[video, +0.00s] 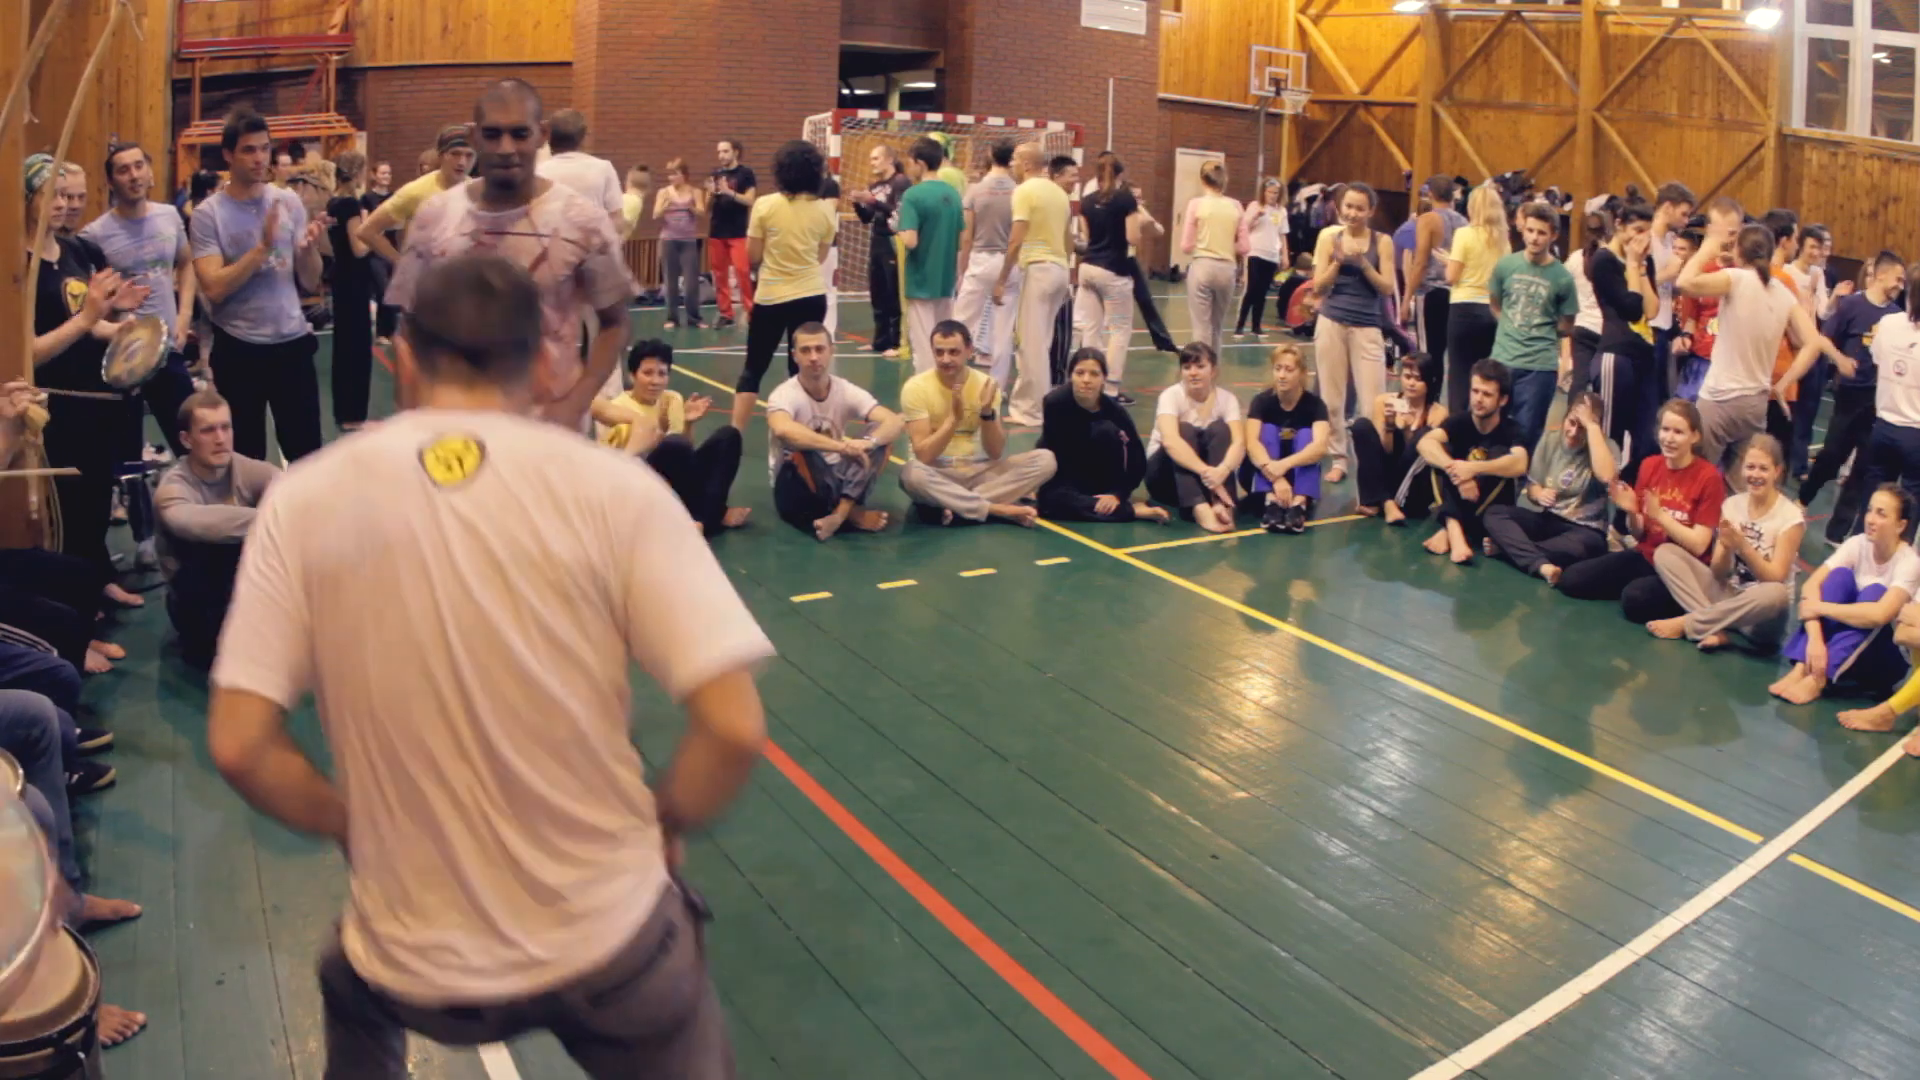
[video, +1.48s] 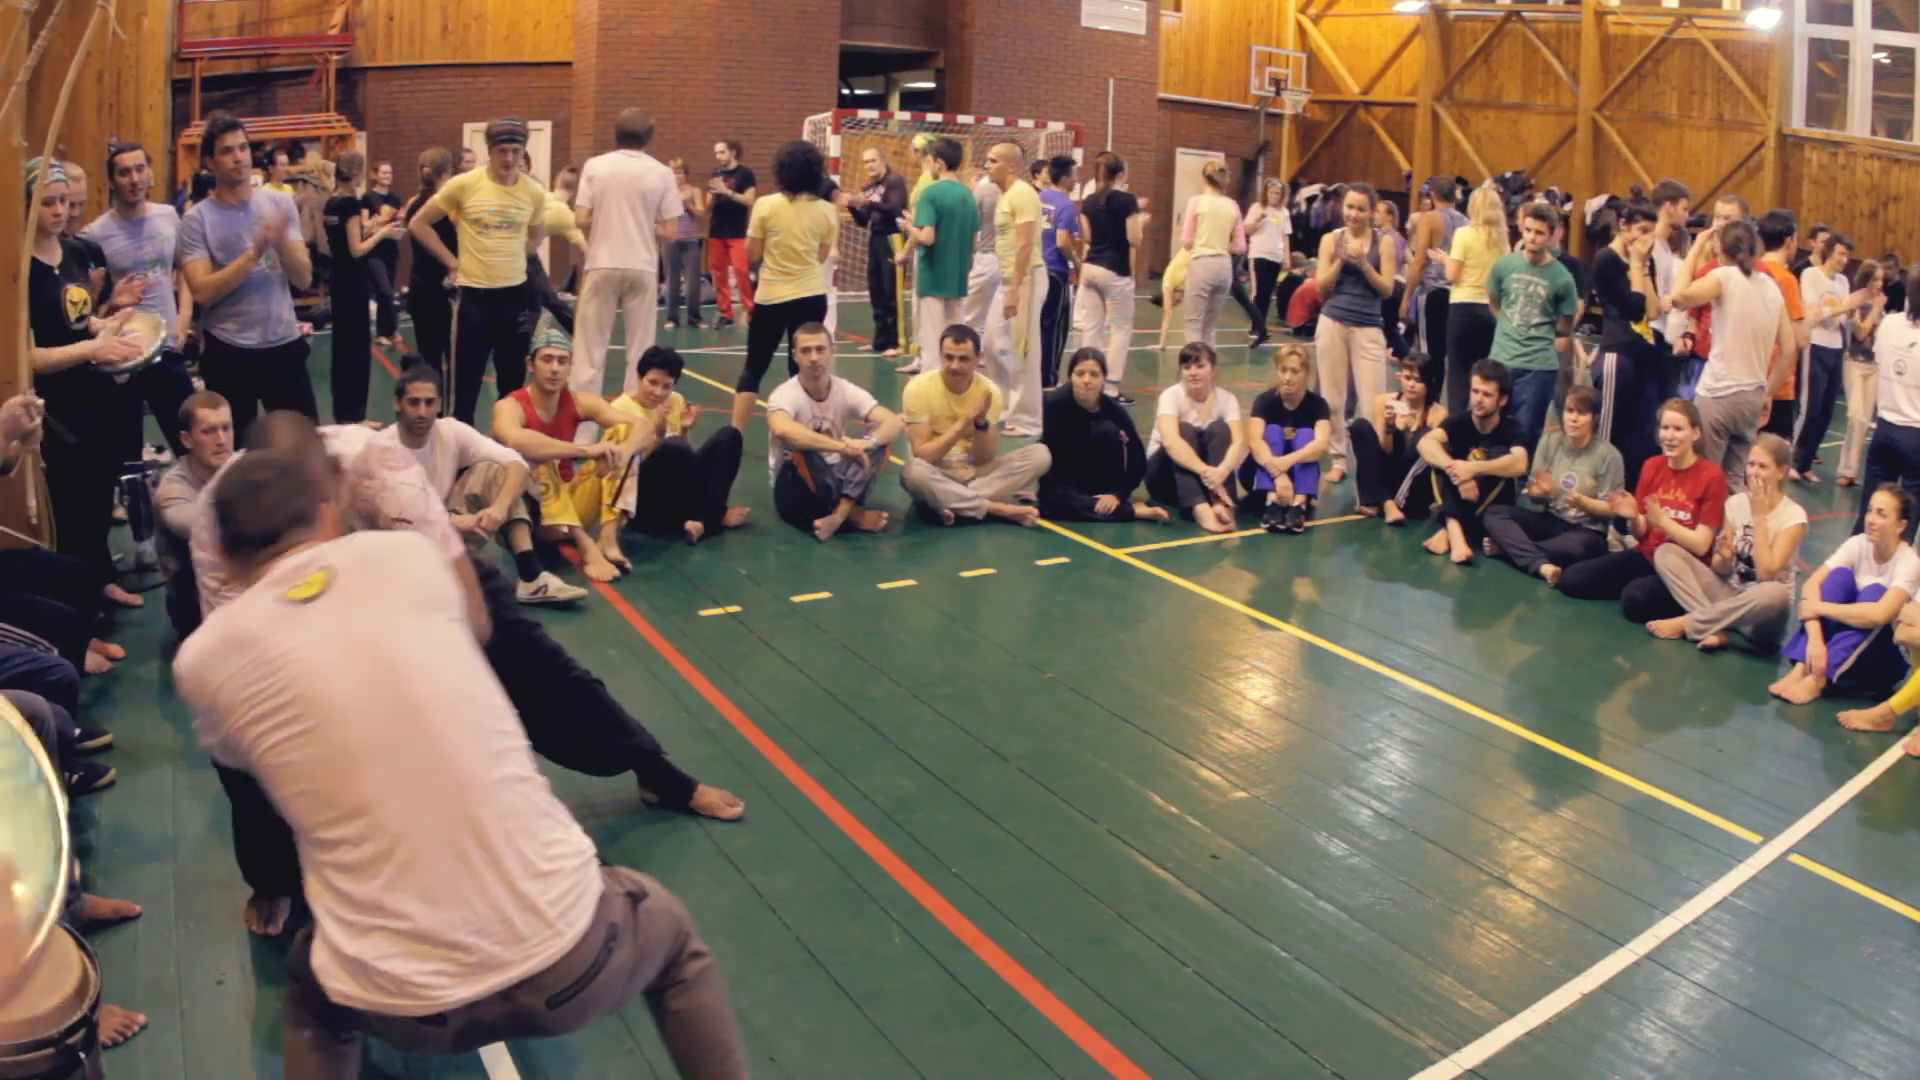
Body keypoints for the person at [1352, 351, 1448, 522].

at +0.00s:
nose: (1411, 383)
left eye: (1418, 379)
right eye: (1407, 377)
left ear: (1431, 382)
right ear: (1400, 378)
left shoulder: (1438, 413)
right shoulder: (1383, 402)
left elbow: (1420, 453)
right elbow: (1387, 452)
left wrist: (1408, 432)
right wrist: (1389, 425)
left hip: (1416, 494)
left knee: (1425, 436)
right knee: (1361, 425)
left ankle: (1374, 501)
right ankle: (1388, 501)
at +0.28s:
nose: (1411, 384)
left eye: (1419, 379)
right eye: (1407, 377)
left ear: (1431, 382)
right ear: (1400, 378)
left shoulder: (1439, 413)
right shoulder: (1383, 402)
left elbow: (1422, 454)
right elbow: (1387, 452)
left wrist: (1408, 433)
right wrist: (1389, 426)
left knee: (1424, 439)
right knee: (1361, 426)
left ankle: (1374, 501)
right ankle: (1387, 501)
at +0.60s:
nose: (1411, 384)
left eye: (1418, 380)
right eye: (1407, 378)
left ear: (1430, 383)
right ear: (1400, 378)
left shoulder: (1438, 414)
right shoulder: (1383, 402)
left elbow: (1420, 454)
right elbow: (1387, 452)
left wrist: (1408, 433)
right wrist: (1389, 426)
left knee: (1425, 437)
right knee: (1360, 426)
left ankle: (1375, 501)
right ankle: (1387, 501)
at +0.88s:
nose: (1410, 385)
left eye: (1418, 380)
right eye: (1406, 378)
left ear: (1430, 383)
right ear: (1399, 378)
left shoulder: (1439, 414)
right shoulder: (1383, 402)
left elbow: (1420, 454)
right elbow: (1387, 452)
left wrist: (1408, 433)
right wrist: (1389, 427)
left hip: (1416, 493)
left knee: (1425, 438)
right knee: (1360, 426)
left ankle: (1374, 501)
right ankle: (1387, 501)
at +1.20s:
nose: (1411, 385)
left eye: (1418, 380)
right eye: (1407, 378)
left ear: (1430, 383)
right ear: (1399, 378)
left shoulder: (1438, 414)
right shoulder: (1383, 402)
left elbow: (1420, 455)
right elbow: (1386, 452)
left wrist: (1408, 433)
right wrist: (1389, 426)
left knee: (1425, 439)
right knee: (1360, 426)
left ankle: (1374, 501)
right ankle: (1387, 501)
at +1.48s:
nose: (1411, 385)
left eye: (1418, 380)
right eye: (1407, 378)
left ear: (1430, 383)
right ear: (1400, 378)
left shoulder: (1438, 414)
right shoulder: (1383, 402)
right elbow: (1386, 451)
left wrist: (1408, 433)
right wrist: (1389, 426)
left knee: (1426, 437)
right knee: (1359, 426)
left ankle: (1374, 500)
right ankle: (1387, 501)